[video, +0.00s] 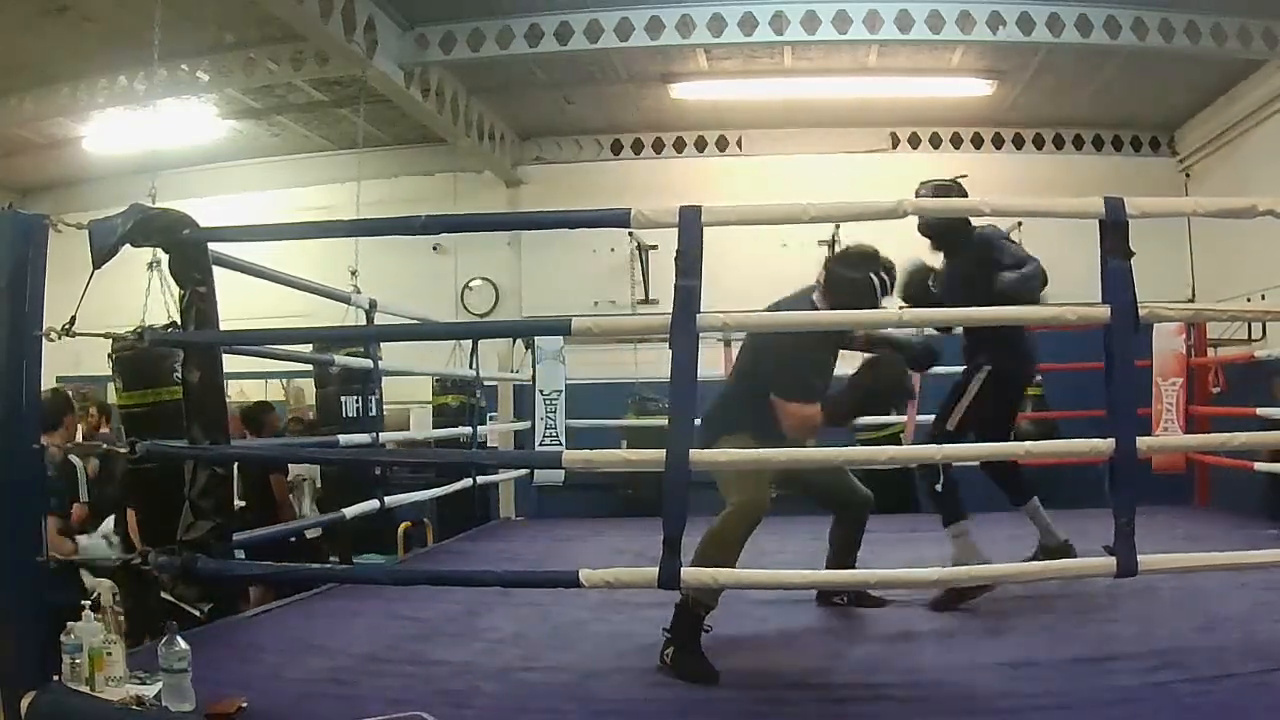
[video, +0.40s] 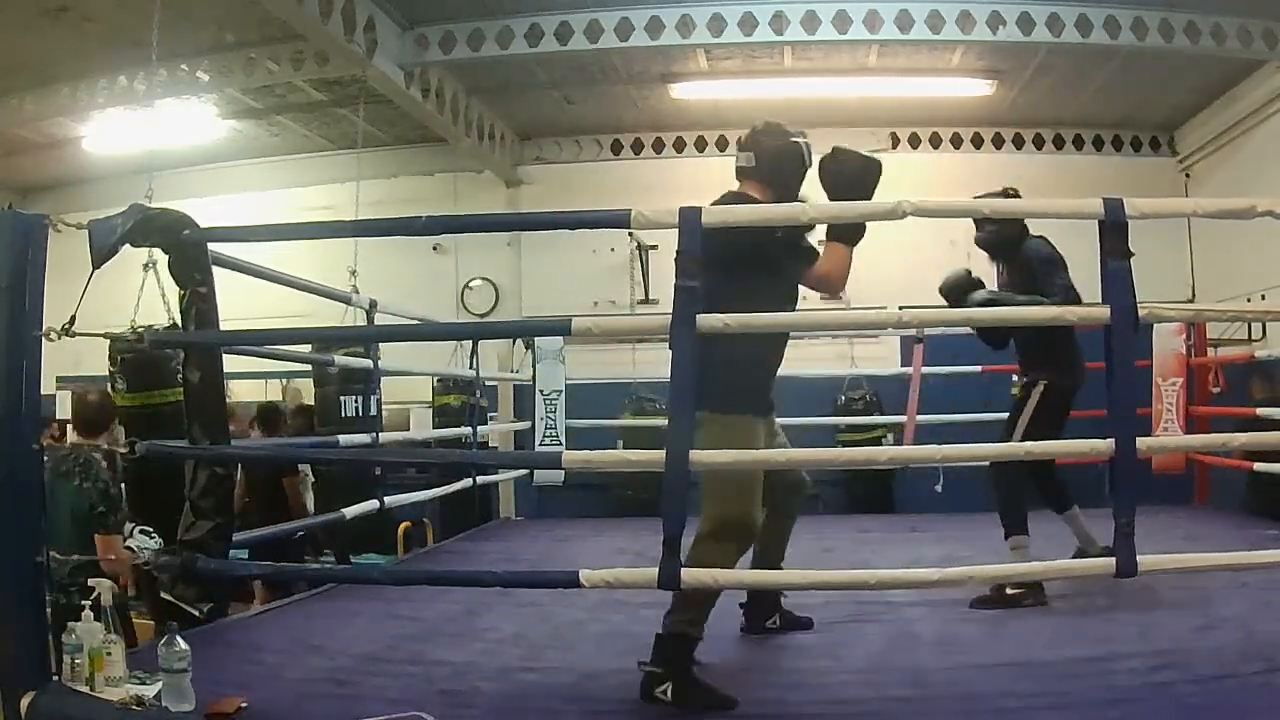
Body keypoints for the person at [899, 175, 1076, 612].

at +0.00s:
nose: (922, 231)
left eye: (926, 222)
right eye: (921, 223)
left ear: (945, 220)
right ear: (949, 220)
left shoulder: (987, 241)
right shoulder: (954, 260)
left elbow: (1035, 273)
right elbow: (949, 316)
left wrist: (1009, 282)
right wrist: (921, 293)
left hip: (998, 362)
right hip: (1000, 362)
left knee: (930, 454)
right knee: (993, 455)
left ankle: (967, 560)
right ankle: (1052, 539)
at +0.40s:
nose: (976, 234)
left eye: (982, 225)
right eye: (975, 226)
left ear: (1006, 225)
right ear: (997, 229)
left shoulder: (1037, 251)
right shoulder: (1007, 264)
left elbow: (1068, 304)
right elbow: (998, 337)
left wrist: (1001, 301)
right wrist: (970, 303)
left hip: (1053, 376)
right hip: (1037, 375)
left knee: (1006, 462)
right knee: (1036, 463)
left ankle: (1021, 573)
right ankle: (1090, 544)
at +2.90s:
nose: (810, 196)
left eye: (809, 187)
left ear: (811, 187)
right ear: (858, 178)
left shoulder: (801, 227)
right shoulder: (897, 220)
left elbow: (756, 293)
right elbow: (924, 295)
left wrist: (748, 324)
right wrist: (883, 305)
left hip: (825, 371)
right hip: (883, 370)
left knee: (821, 470)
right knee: (879, 485)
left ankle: (800, 581)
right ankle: (847, 619)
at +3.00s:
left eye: (812, 177)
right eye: (837, 171)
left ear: (805, 182)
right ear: (855, 178)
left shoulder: (787, 226)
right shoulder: (887, 220)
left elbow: (743, 287)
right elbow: (916, 295)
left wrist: (736, 276)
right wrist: (886, 257)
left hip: (810, 368)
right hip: (868, 367)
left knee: (803, 462)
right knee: (865, 479)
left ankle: (776, 573)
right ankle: (847, 619)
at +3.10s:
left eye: (801, 172)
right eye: (829, 167)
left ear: (792, 182)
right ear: (842, 178)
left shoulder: (771, 227)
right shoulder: (873, 220)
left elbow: (729, 297)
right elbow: (900, 293)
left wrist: (705, 282)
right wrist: (852, 285)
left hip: (799, 371)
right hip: (857, 369)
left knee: (791, 469)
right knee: (862, 485)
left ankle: (751, 576)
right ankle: (844, 621)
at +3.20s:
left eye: (781, 183)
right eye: (814, 176)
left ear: (775, 189)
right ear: (825, 184)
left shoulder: (761, 231)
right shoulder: (856, 224)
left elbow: (726, 300)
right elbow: (882, 297)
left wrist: (715, 258)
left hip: (789, 376)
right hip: (849, 373)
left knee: (775, 477)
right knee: (853, 487)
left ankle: (741, 581)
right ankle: (844, 620)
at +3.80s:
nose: (758, 203)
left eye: (761, 195)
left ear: (767, 195)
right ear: (817, 189)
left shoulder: (754, 236)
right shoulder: (852, 227)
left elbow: (735, 311)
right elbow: (857, 304)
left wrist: (717, 281)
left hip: (786, 381)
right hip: (846, 379)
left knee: (767, 476)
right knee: (867, 489)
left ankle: (739, 581)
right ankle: (865, 616)